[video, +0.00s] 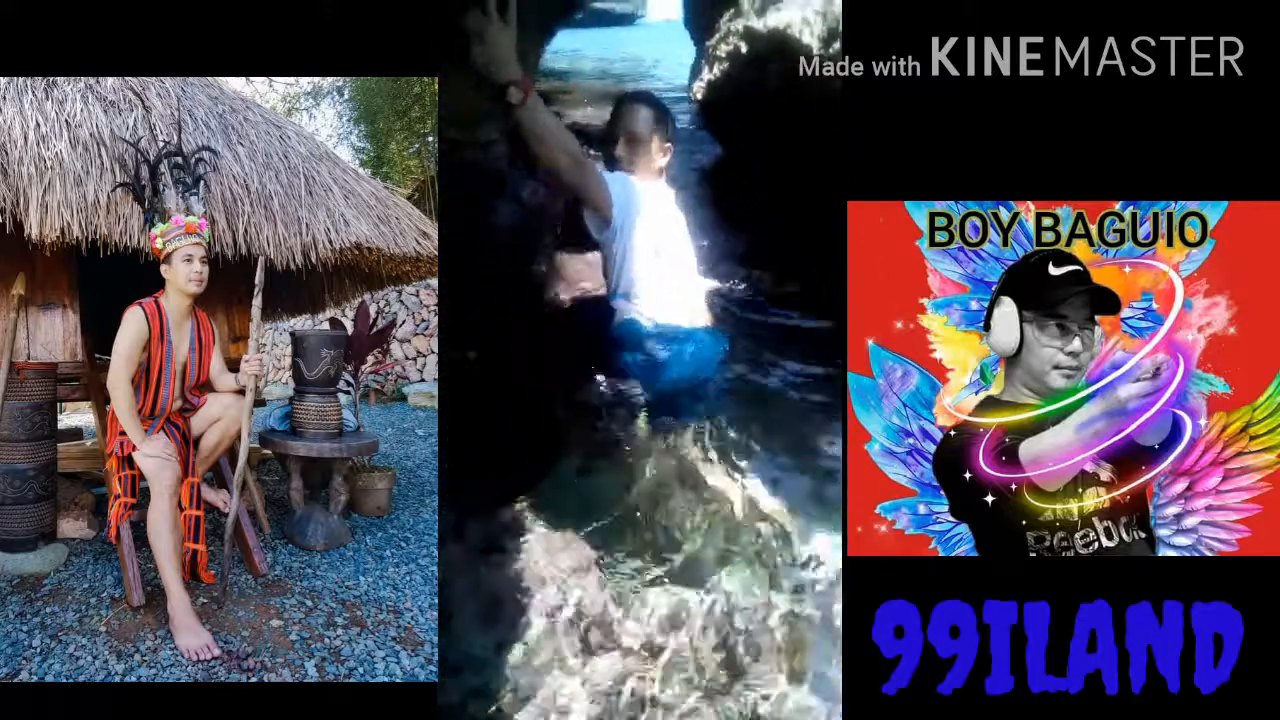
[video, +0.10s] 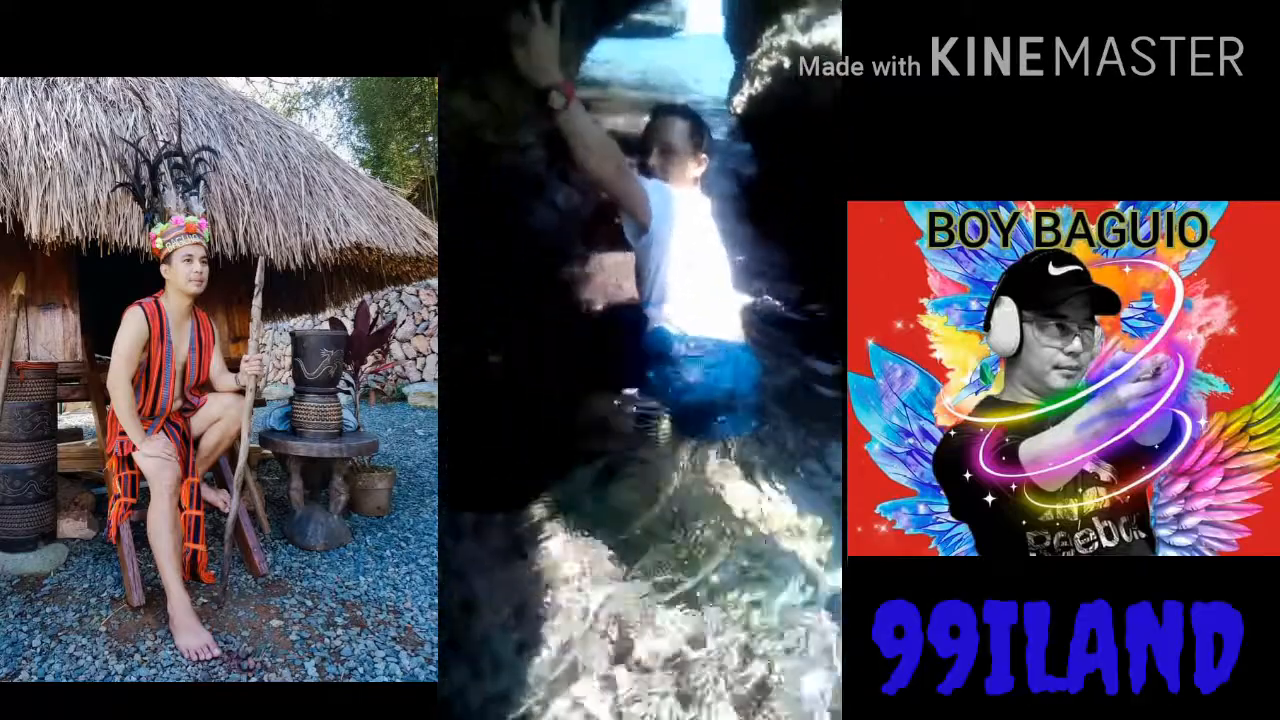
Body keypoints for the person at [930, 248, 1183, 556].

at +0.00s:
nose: (1077, 346)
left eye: (1087, 328)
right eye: (1057, 327)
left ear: (1097, 335)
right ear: (1007, 326)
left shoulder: (1113, 411)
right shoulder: (962, 446)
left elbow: (1158, 436)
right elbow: (1016, 473)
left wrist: (1148, 396)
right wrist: (1107, 413)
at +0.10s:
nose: (1077, 346)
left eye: (1087, 328)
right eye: (1057, 327)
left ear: (1097, 335)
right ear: (1007, 326)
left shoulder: (1113, 411)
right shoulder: (962, 446)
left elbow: (1158, 436)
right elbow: (1016, 473)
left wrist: (1148, 396)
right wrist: (1107, 413)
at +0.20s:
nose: (1077, 346)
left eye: (1087, 328)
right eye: (1057, 327)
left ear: (1097, 335)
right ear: (1007, 326)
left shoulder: (1113, 411)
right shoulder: (962, 446)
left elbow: (1158, 436)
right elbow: (1016, 473)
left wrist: (1148, 396)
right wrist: (1107, 413)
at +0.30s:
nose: (1077, 346)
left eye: (1086, 328)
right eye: (1057, 327)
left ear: (1097, 335)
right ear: (1008, 327)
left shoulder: (1112, 410)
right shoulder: (962, 446)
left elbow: (1157, 435)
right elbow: (1017, 472)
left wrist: (1148, 395)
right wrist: (1106, 414)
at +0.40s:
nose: (1077, 346)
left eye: (1086, 328)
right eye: (1057, 327)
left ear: (1097, 335)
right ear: (1008, 327)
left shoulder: (1112, 410)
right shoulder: (962, 446)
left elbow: (1157, 435)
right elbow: (1017, 472)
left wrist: (1148, 395)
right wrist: (1106, 414)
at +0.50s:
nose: (1077, 346)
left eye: (1087, 328)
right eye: (1057, 327)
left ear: (1097, 335)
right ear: (1007, 326)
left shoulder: (1114, 411)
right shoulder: (962, 446)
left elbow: (1157, 436)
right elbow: (1016, 473)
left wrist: (1149, 396)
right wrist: (1107, 413)